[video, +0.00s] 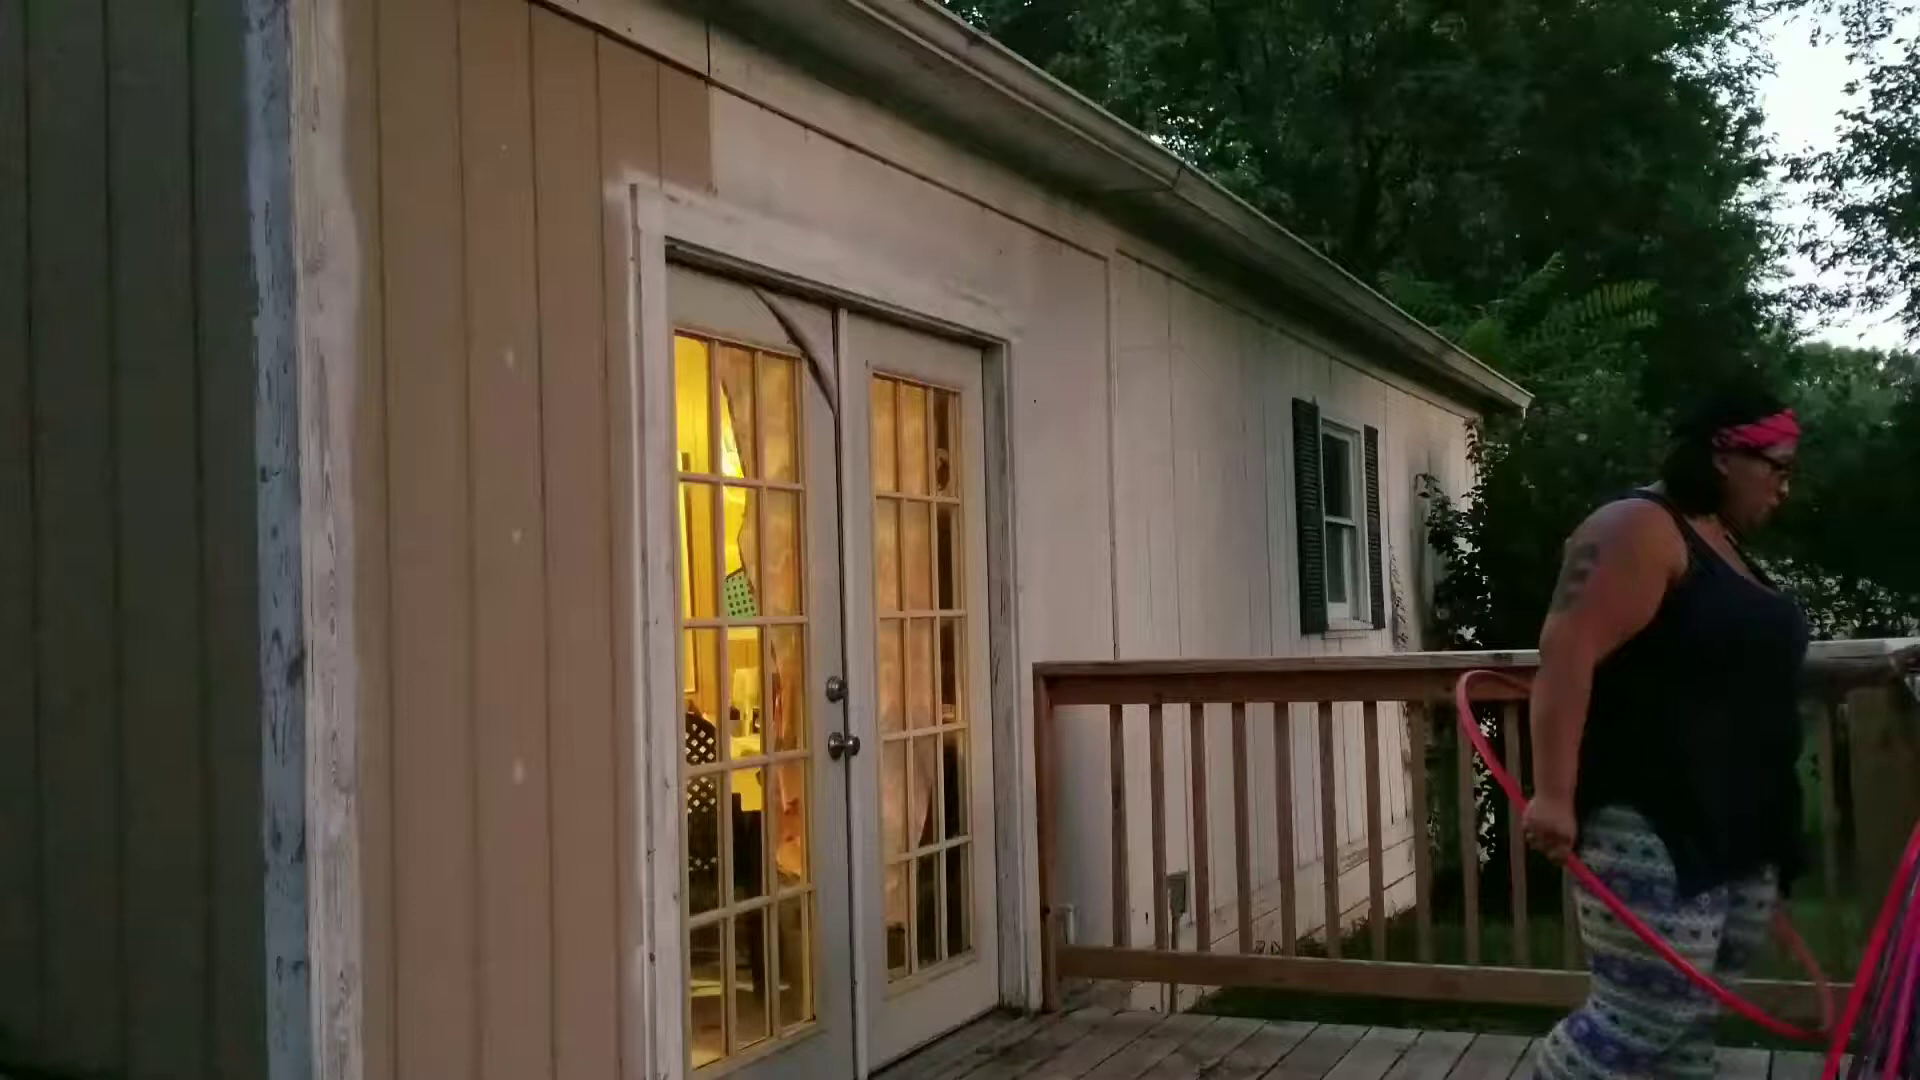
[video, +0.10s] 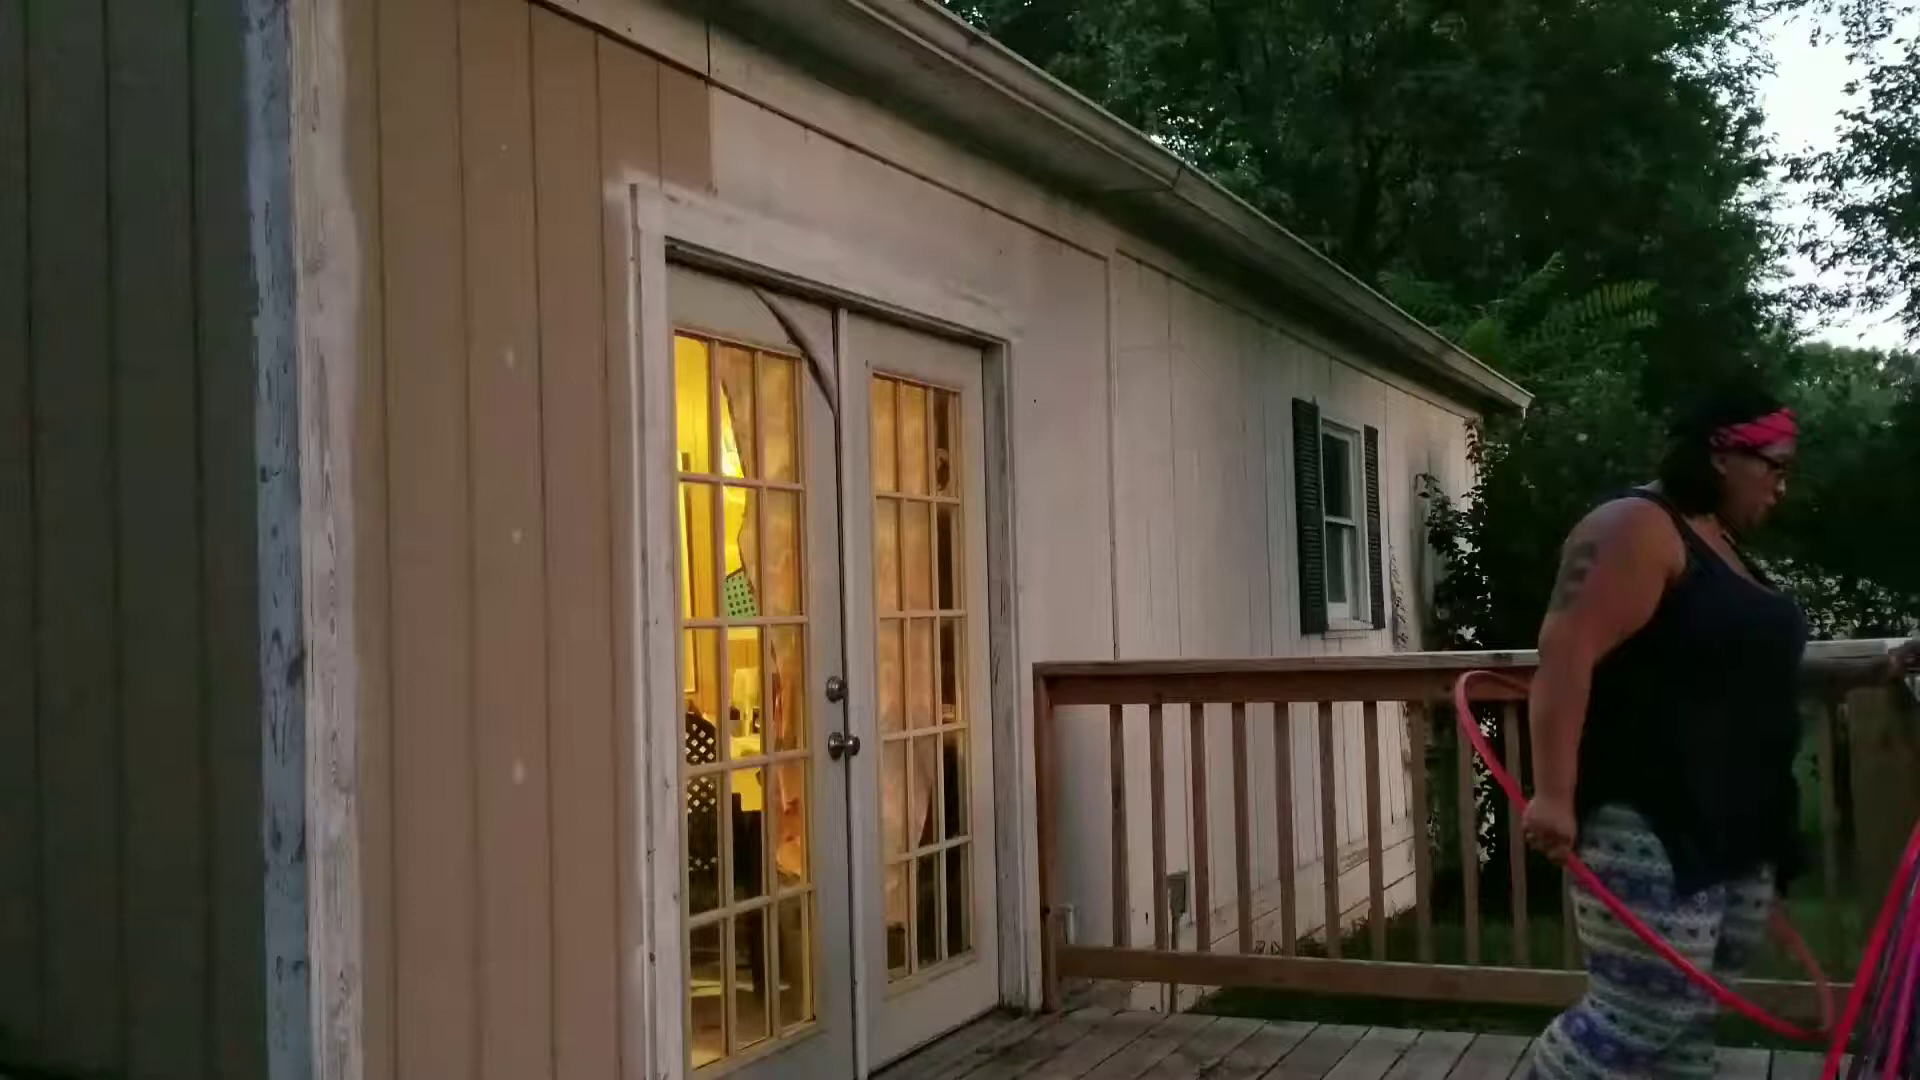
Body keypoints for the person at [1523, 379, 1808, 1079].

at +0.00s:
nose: (1783, 486)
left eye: (1787, 471)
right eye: (1773, 466)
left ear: (1734, 466)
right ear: (1719, 457)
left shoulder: (1725, 550)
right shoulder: (1635, 528)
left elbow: (1726, 703)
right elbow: (1564, 651)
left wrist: (1758, 828)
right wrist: (1552, 792)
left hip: (1731, 822)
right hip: (1639, 823)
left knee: (1694, 1030)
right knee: (1640, 1024)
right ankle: (1551, 1072)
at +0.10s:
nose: (1780, 486)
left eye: (1784, 471)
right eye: (1770, 466)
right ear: (1717, 456)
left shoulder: (1724, 552)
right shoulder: (1633, 528)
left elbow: (1731, 700)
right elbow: (1563, 651)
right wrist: (1552, 792)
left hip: (1728, 821)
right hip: (1636, 821)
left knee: (1692, 1027)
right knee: (1640, 1020)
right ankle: (1544, 1071)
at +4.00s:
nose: (1241, 475)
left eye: (1237, 462)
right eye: (1229, 463)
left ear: (1165, 479)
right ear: (1188, 477)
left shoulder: (1119, 560)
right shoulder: (1181, 540)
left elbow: (1084, 671)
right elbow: (1136, 646)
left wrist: (1183, 667)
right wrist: (1232, 608)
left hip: (1169, 814)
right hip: (1242, 812)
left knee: (1184, 1001)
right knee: (1316, 1012)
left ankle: (1165, 1073)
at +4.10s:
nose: (1233, 461)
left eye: (1227, 449)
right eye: (1219, 452)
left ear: (1164, 480)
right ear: (1184, 473)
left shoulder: (1134, 551)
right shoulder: (1184, 537)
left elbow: (1090, 663)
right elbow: (1141, 643)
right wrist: (1246, 581)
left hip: (1173, 813)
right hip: (1243, 812)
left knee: (1180, 1003)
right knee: (1319, 1015)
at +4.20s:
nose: (1241, 455)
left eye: (1234, 444)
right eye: (1227, 448)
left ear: (1178, 480)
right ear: (1191, 474)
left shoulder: (1142, 550)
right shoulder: (1192, 535)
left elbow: (1094, 662)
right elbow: (1149, 640)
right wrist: (1252, 579)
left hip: (1175, 814)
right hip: (1242, 814)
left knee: (1181, 1003)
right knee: (1321, 1013)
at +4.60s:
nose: (1349, 479)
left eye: (1344, 464)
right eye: (1336, 465)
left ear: (1282, 480)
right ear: (1296, 478)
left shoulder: (1213, 554)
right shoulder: (1280, 548)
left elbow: (1169, 684)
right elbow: (1230, 657)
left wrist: (1177, 805)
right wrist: (1322, 765)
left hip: (1207, 823)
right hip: (1281, 822)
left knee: (1229, 1008)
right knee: (1346, 1024)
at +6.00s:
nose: (1233, 495)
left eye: (1236, 477)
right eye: (1230, 479)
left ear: (1263, 467)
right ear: (1327, 462)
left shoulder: (1272, 529)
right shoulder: (1403, 538)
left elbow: (1275, 669)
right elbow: (1466, 663)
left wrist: (1185, 798)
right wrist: (1458, 768)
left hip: (1265, 831)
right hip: (1384, 819)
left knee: (1254, 1059)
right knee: (1409, 1018)